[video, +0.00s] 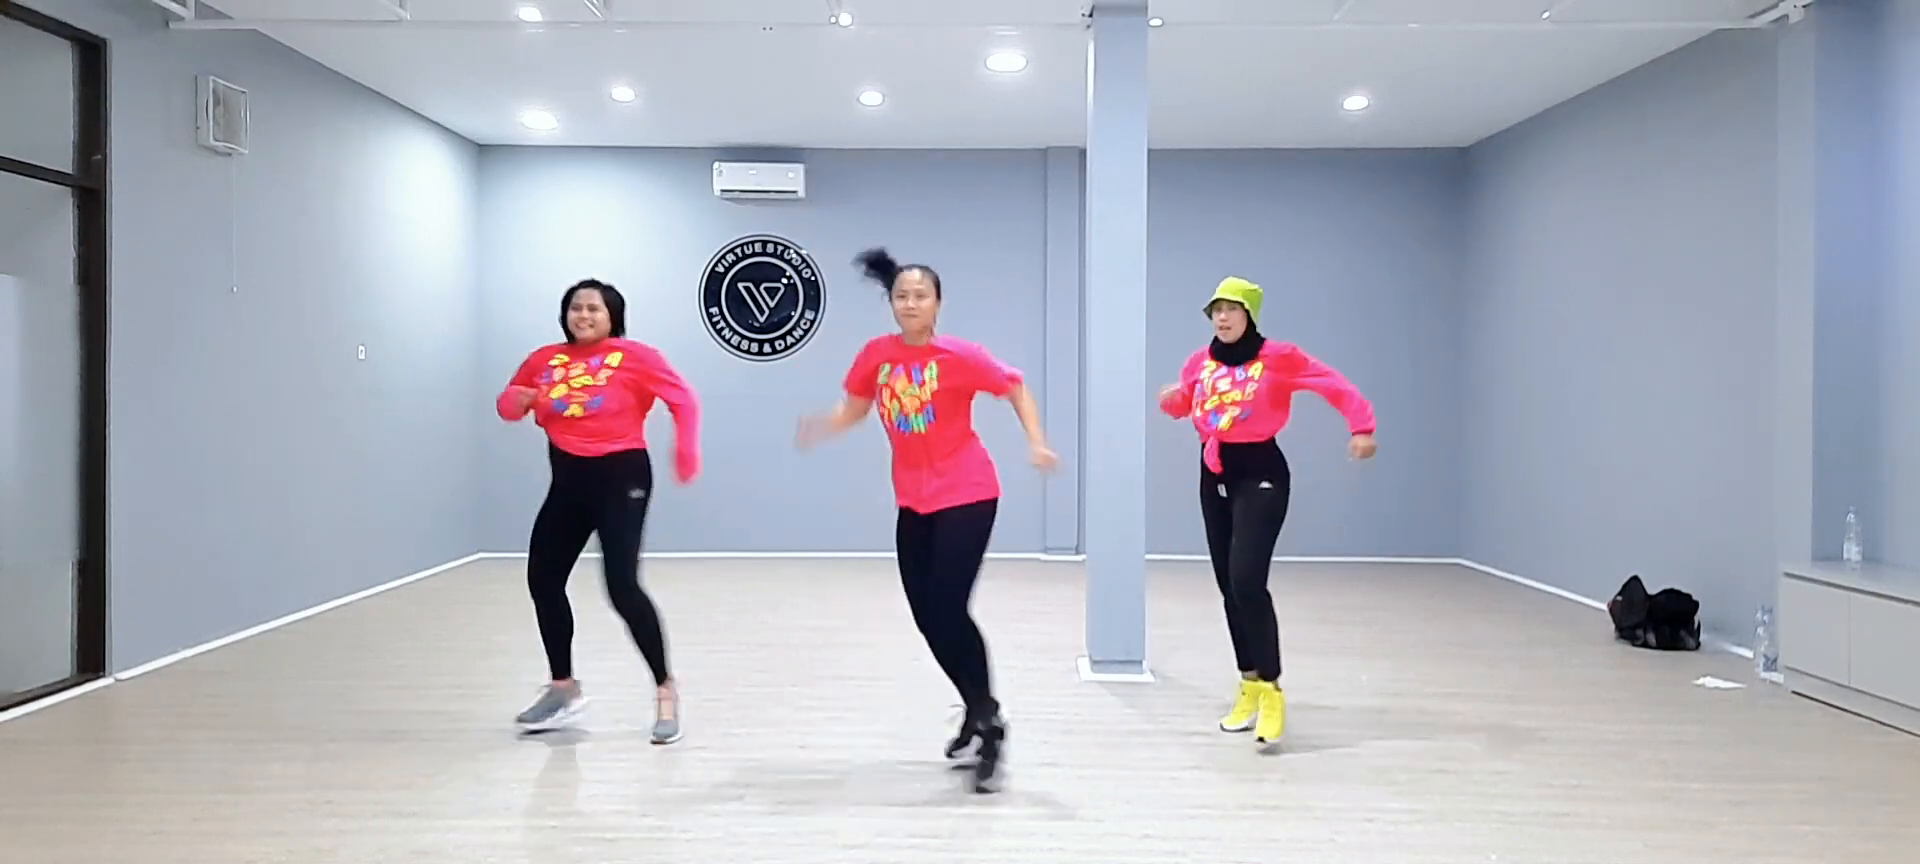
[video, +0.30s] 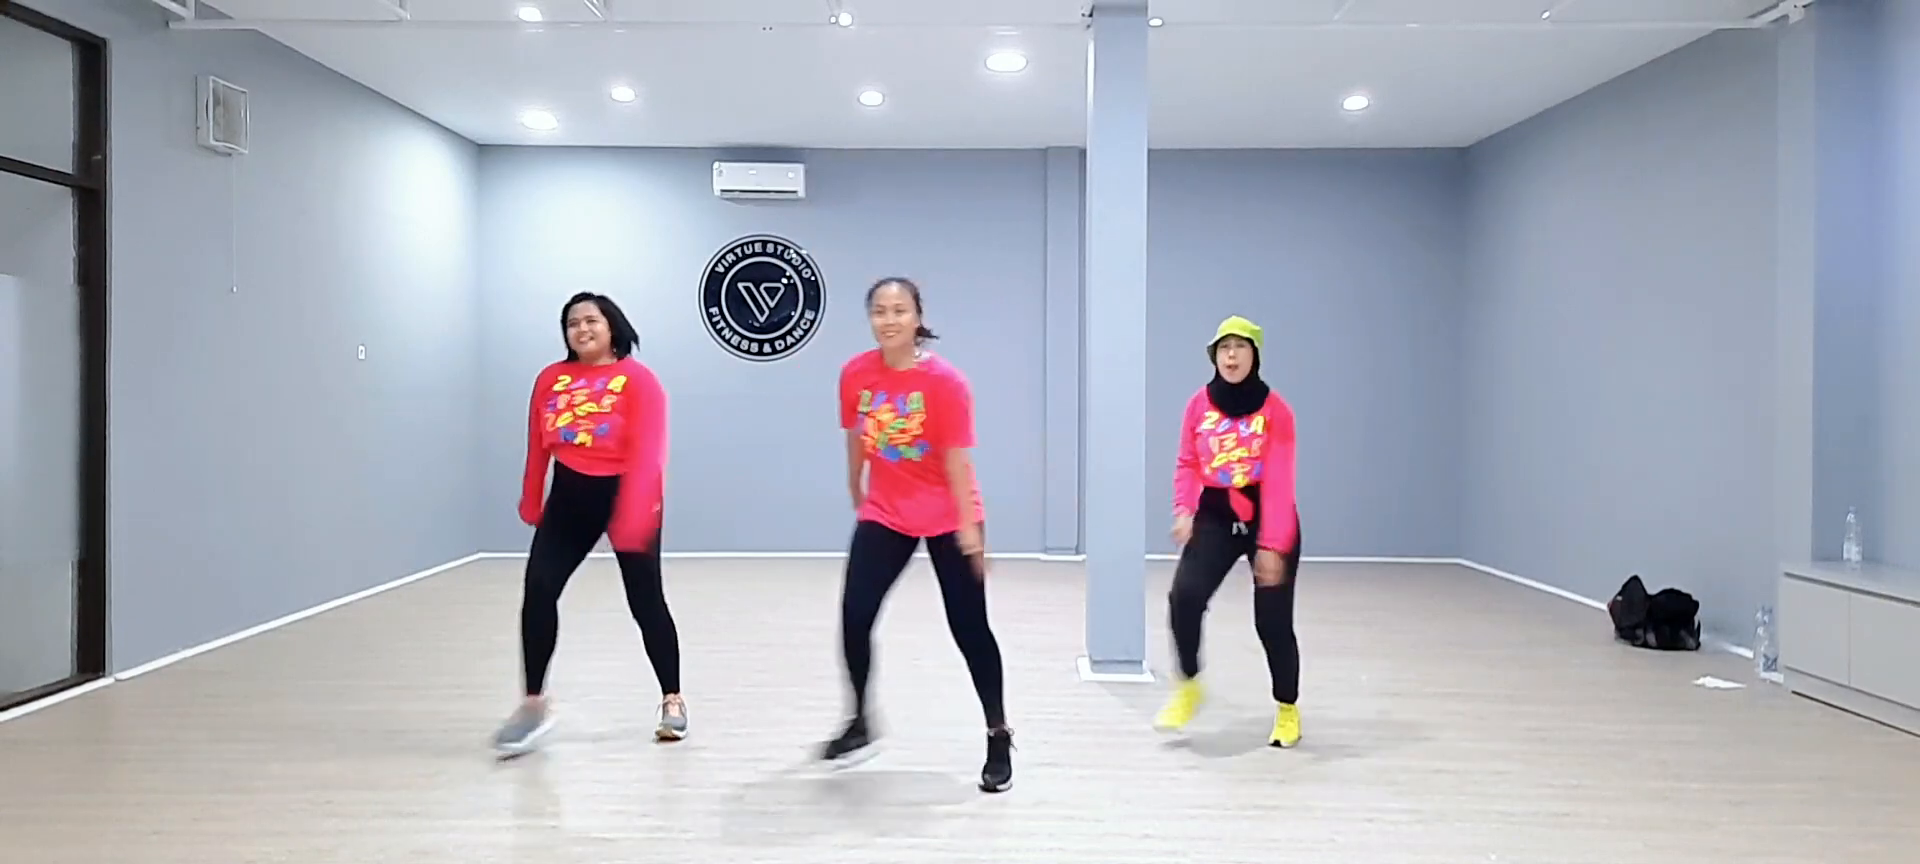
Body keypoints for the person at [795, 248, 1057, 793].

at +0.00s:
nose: (911, 302)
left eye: (921, 295)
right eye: (902, 295)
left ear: (938, 304)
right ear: (891, 304)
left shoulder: (961, 356)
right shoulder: (876, 355)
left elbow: (1015, 388)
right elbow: (853, 408)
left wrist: (1037, 441)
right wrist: (822, 426)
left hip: (968, 498)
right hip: (915, 504)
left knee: (947, 607)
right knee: (927, 616)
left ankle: (988, 722)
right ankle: (978, 709)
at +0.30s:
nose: (889, 320)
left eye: (899, 311)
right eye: (881, 311)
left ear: (918, 319)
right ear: (869, 320)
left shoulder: (944, 382)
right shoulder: (856, 376)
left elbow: (958, 460)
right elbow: (856, 438)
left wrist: (971, 526)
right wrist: (855, 490)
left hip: (946, 516)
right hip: (886, 513)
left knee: (969, 626)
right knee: (854, 614)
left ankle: (998, 737)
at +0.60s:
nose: (842, 322)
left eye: (853, 314)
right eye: (834, 314)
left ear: (871, 324)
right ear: (822, 321)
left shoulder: (880, 383)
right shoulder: (801, 375)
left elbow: (834, 428)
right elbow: (787, 443)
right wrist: (764, 506)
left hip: (876, 527)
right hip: (806, 525)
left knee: (926, 637)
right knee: (765, 641)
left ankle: (965, 729)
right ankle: (764, 766)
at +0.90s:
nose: (794, 321)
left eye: (805, 310)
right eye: (785, 310)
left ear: (823, 314)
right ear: (770, 314)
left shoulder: (852, 353)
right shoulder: (758, 360)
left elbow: (920, 339)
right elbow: (692, 371)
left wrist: (865, 364)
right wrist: (640, 410)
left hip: (846, 524)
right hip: (776, 525)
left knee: (859, 647)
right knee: (759, 649)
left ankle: (809, 736)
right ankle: (749, 771)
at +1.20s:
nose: (837, 342)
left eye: (847, 331)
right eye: (826, 331)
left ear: (862, 332)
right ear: (808, 334)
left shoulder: (883, 360)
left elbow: (925, 369)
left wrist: (973, 401)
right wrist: (758, 580)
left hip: (875, 519)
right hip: (804, 525)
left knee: (905, 638)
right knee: (754, 642)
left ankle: (935, 777)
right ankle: (752, 757)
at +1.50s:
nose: (908, 342)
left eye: (918, 331)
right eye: (896, 333)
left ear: (933, 338)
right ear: (878, 344)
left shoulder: (949, 391)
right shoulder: (864, 398)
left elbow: (958, 471)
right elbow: (880, 450)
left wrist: (955, 458)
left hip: (928, 546)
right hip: (855, 547)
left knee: (953, 671)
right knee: (801, 675)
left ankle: (968, 818)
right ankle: (781, 763)